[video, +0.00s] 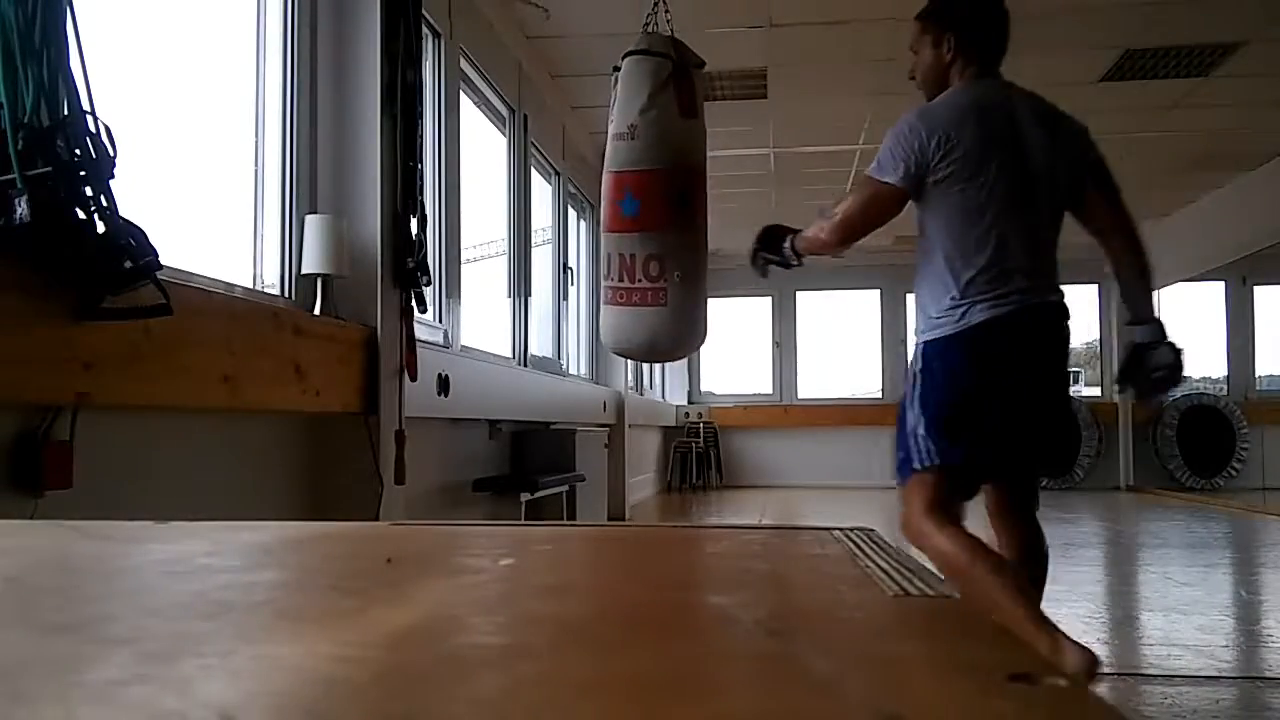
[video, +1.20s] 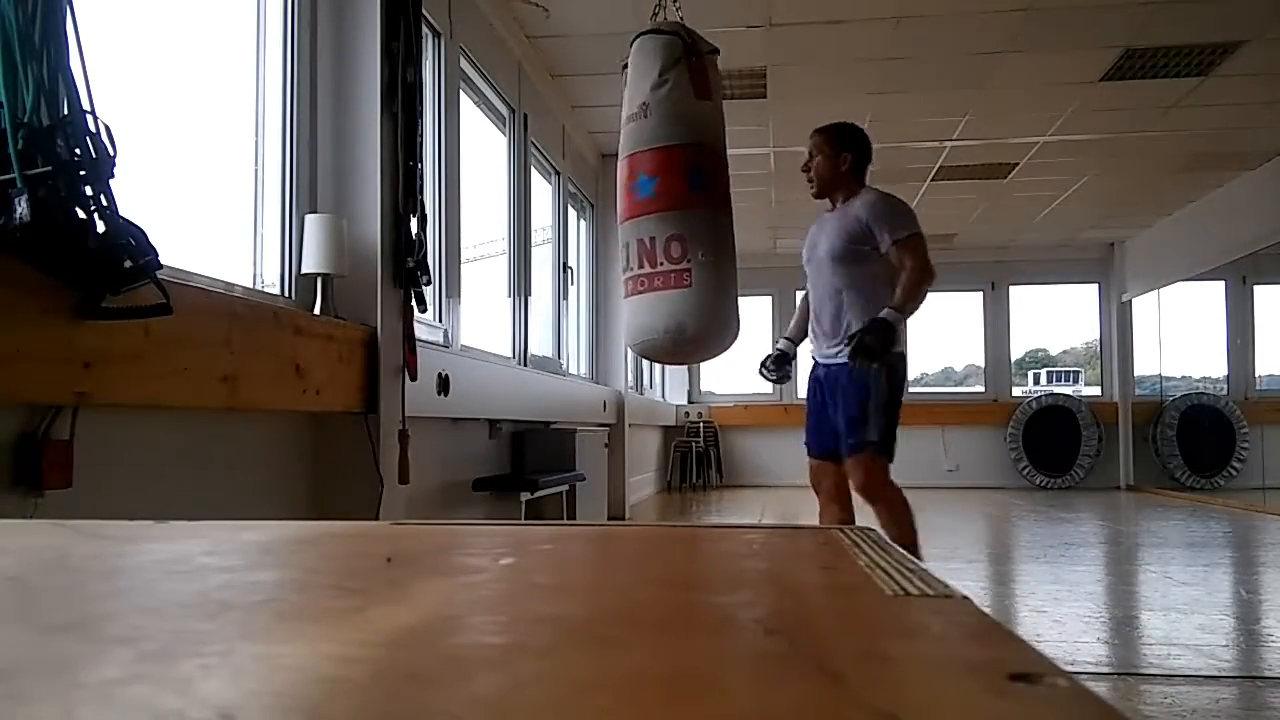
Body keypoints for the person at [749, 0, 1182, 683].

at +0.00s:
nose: (909, 63)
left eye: (916, 48)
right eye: (910, 48)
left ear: (953, 48)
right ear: (986, 48)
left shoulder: (928, 127)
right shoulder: (1055, 124)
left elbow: (840, 233)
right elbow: (1120, 235)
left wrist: (792, 243)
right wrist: (1144, 328)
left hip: (959, 342)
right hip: (1041, 338)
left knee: (925, 515)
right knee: (1013, 504)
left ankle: (1054, 649)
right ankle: (1020, 662)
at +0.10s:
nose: (893, 73)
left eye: (900, 57)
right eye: (895, 58)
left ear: (930, 56)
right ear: (963, 58)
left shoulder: (910, 135)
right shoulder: (1029, 133)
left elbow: (821, 223)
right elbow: (1077, 240)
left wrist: (761, 235)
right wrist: (1086, 323)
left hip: (933, 339)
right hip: (1012, 336)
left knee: (881, 496)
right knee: (1007, 505)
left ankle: (959, 623)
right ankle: (1012, 660)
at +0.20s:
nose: (875, 83)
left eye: (881, 68)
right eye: (877, 68)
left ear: (909, 70)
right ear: (946, 72)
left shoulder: (891, 145)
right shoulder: (1002, 144)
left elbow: (797, 227)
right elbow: (1045, 244)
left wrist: (728, 237)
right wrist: (1027, 299)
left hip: (911, 336)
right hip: (990, 333)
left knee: (861, 490)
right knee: (994, 497)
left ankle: (893, 642)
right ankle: (1010, 654)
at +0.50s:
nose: (795, 130)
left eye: (797, 117)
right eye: (796, 117)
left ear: (812, 119)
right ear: (858, 117)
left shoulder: (818, 180)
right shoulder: (912, 177)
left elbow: (782, 260)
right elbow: (966, 253)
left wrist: (697, 268)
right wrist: (951, 310)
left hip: (840, 349)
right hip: (905, 346)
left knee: (808, 487)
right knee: (917, 483)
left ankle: (813, 614)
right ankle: (954, 600)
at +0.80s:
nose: (771, 154)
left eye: (776, 142)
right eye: (773, 143)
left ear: (802, 143)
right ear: (822, 145)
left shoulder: (820, 189)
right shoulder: (858, 197)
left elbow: (803, 242)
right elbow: (883, 281)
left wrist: (730, 263)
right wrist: (858, 326)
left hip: (826, 355)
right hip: (861, 353)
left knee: (801, 485)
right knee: (838, 481)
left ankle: (818, 583)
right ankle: (850, 583)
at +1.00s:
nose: (778, 167)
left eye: (786, 156)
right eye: (780, 157)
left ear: (814, 160)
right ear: (812, 162)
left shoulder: (844, 203)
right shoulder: (818, 217)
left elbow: (880, 266)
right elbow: (815, 297)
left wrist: (845, 308)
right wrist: (790, 349)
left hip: (845, 362)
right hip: (825, 363)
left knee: (815, 475)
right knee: (815, 477)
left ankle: (835, 580)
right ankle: (841, 574)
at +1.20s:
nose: (805, 167)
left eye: (814, 156)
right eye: (806, 157)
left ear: (845, 161)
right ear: (837, 163)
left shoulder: (879, 208)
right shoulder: (818, 230)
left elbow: (919, 271)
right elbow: (815, 295)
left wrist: (888, 321)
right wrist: (787, 345)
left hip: (869, 364)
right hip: (825, 369)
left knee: (867, 478)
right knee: (826, 481)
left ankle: (912, 577)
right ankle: (840, 584)